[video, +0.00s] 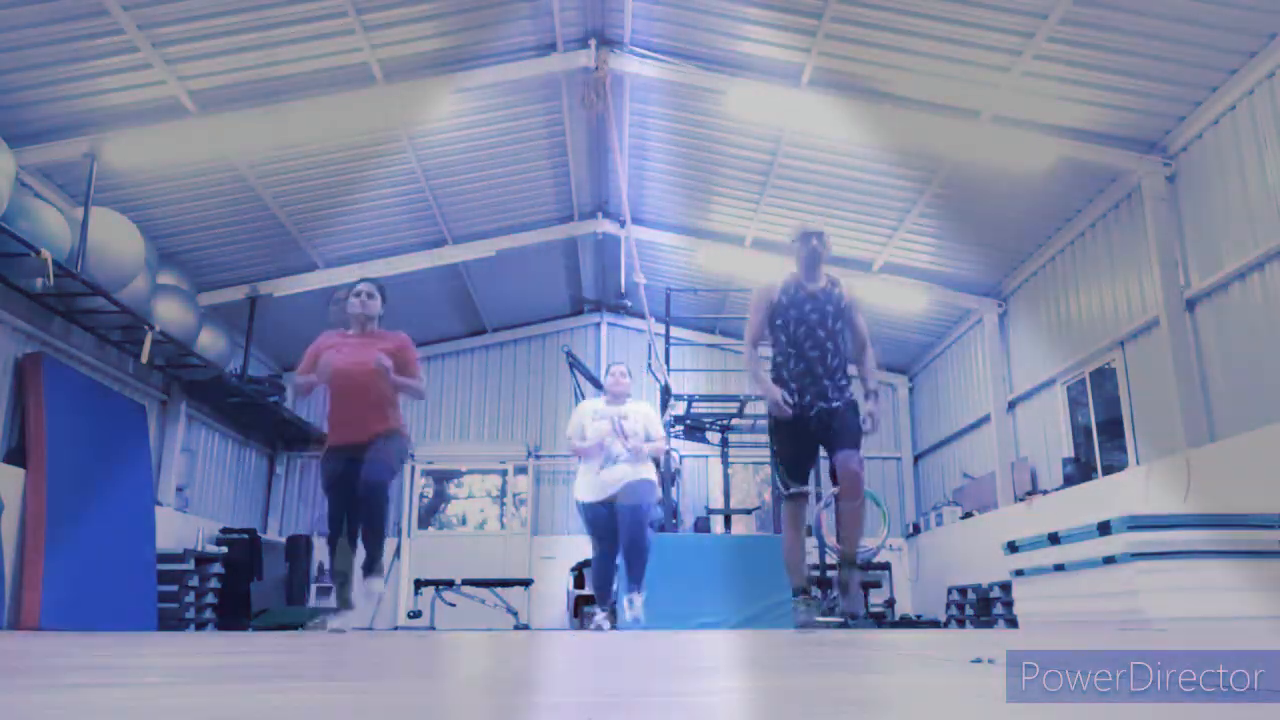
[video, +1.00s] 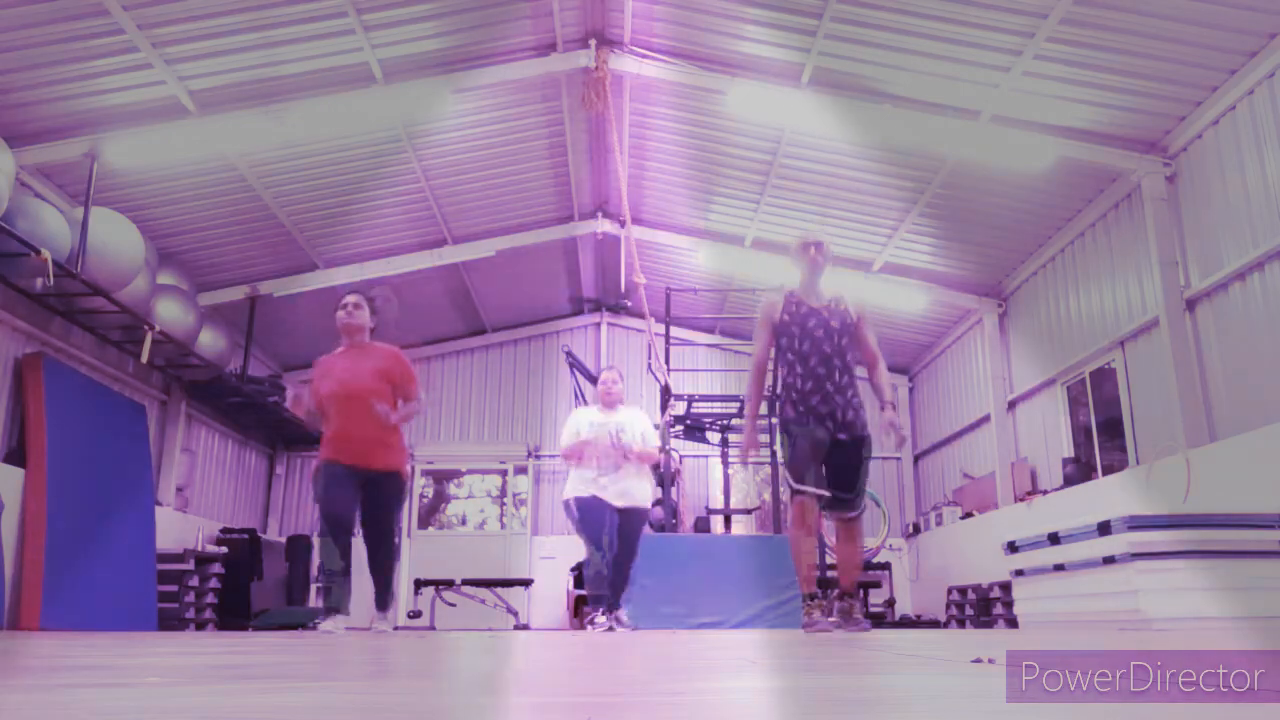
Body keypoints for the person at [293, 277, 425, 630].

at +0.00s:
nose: (362, 300)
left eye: (370, 296)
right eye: (356, 295)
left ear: (381, 306)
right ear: (346, 305)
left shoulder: (397, 341)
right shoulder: (327, 341)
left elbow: (420, 389)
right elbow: (296, 385)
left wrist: (391, 377)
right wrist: (316, 378)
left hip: (385, 436)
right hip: (341, 441)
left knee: (372, 482)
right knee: (339, 517)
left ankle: (373, 569)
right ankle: (343, 604)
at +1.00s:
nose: (349, 311)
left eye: (357, 307)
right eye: (343, 307)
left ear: (371, 319)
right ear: (336, 320)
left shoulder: (390, 356)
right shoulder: (324, 364)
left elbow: (415, 402)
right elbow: (319, 417)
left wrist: (396, 416)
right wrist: (300, 407)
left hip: (383, 463)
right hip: (338, 461)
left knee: (380, 536)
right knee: (335, 529)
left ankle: (383, 610)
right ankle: (335, 611)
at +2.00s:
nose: (350, 262)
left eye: (359, 257)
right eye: (345, 256)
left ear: (374, 268)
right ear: (336, 266)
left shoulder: (390, 310)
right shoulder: (321, 309)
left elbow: (413, 364)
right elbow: (314, 362)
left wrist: (372, 372)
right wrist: (298, 392)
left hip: (366, 420)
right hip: (320, 418)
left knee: (352, 510)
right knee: (295, 489)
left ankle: (352, 605)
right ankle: (320, 561)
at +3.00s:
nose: (310, 242)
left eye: (319, 236)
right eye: (303, 235)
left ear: (334, 249)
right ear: (292, 247)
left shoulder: (354, 299)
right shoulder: (269, 297)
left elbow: (371, 362)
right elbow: (245, 360)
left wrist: (377, 412)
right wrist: (264, 334)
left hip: (338, 398)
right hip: (279, 405)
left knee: (303, 429)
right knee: (273, 509)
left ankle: (307, 535)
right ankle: (282, 612)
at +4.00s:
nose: (289, 210)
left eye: (300, 205)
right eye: (283, 205)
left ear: (319, 221)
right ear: (274, 217)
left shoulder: (338, 272)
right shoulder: (253, 272)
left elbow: (370, 329)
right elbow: (242, 341)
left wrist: (354, 354)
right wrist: (211, 362)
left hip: (322, 404)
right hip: (260, 400)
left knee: (336, 506)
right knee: (235, 496)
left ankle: (355, 606)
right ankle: (220, 608)